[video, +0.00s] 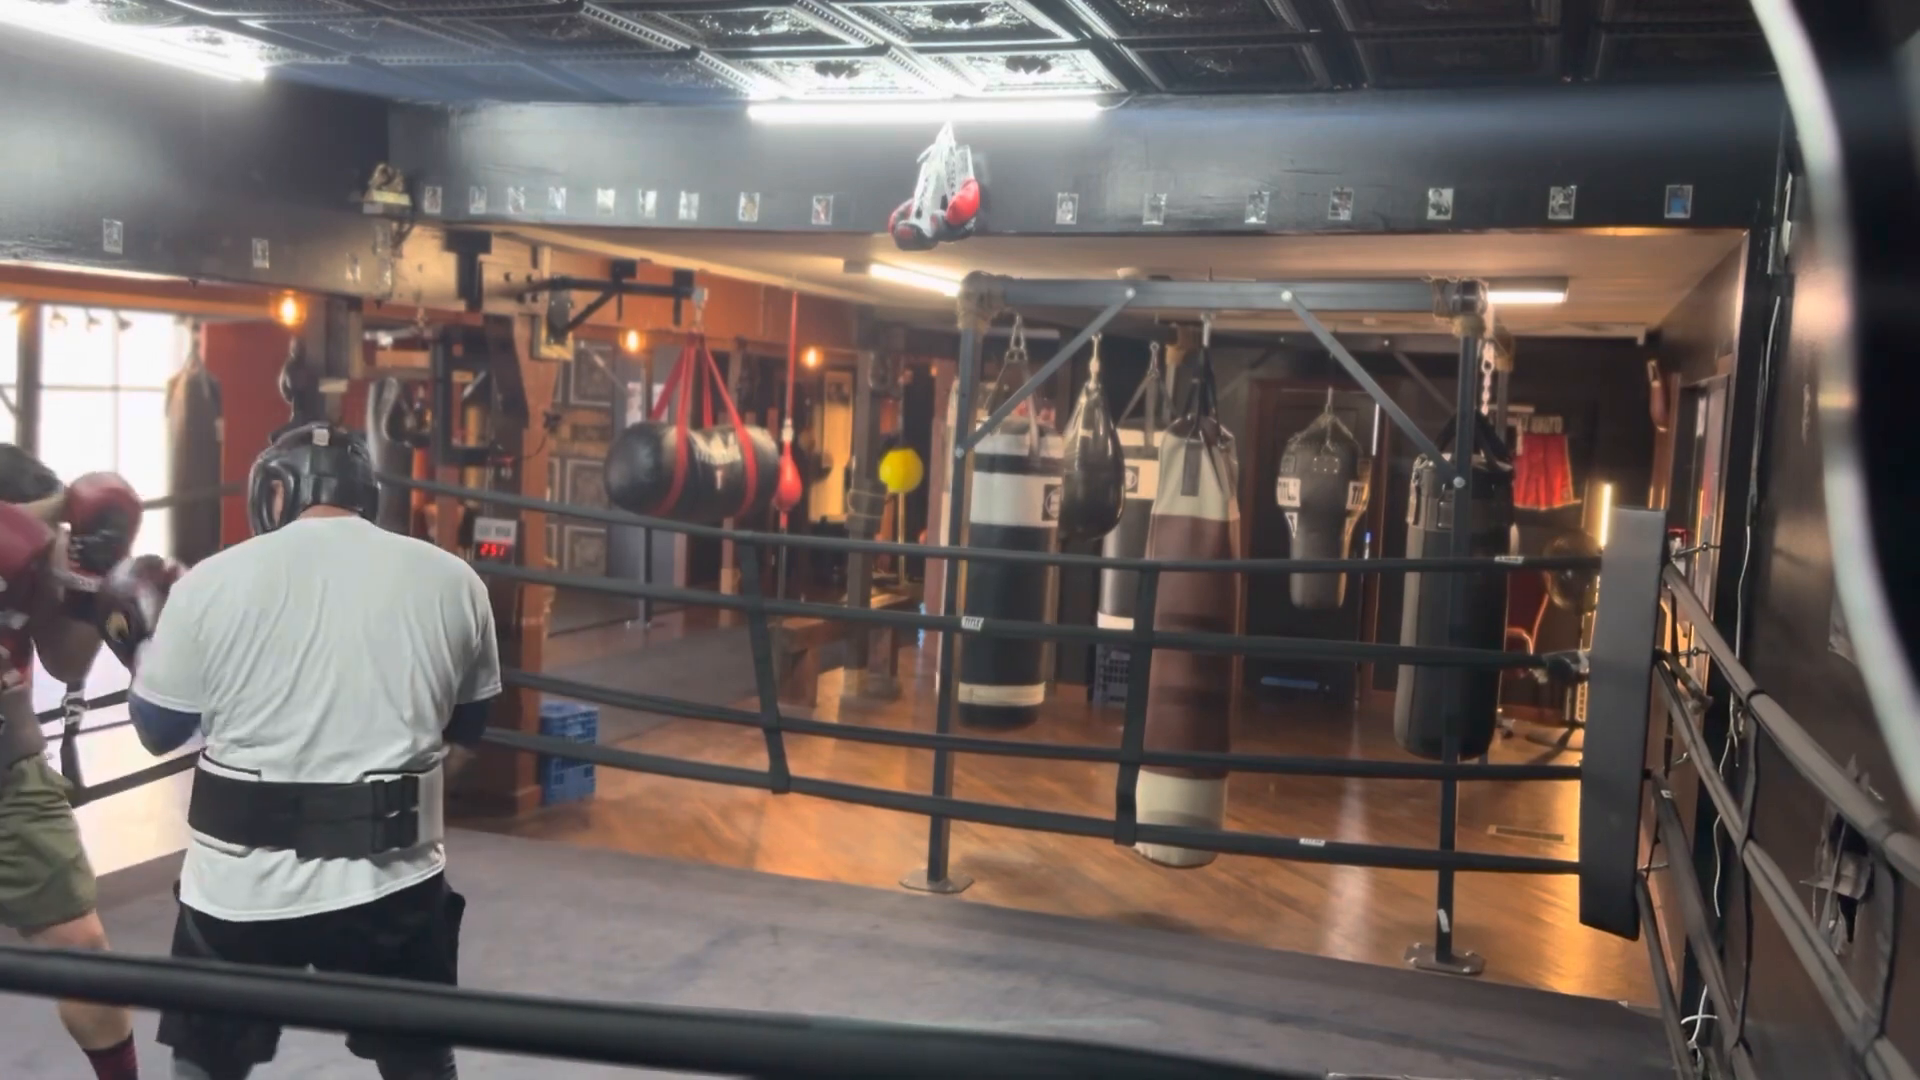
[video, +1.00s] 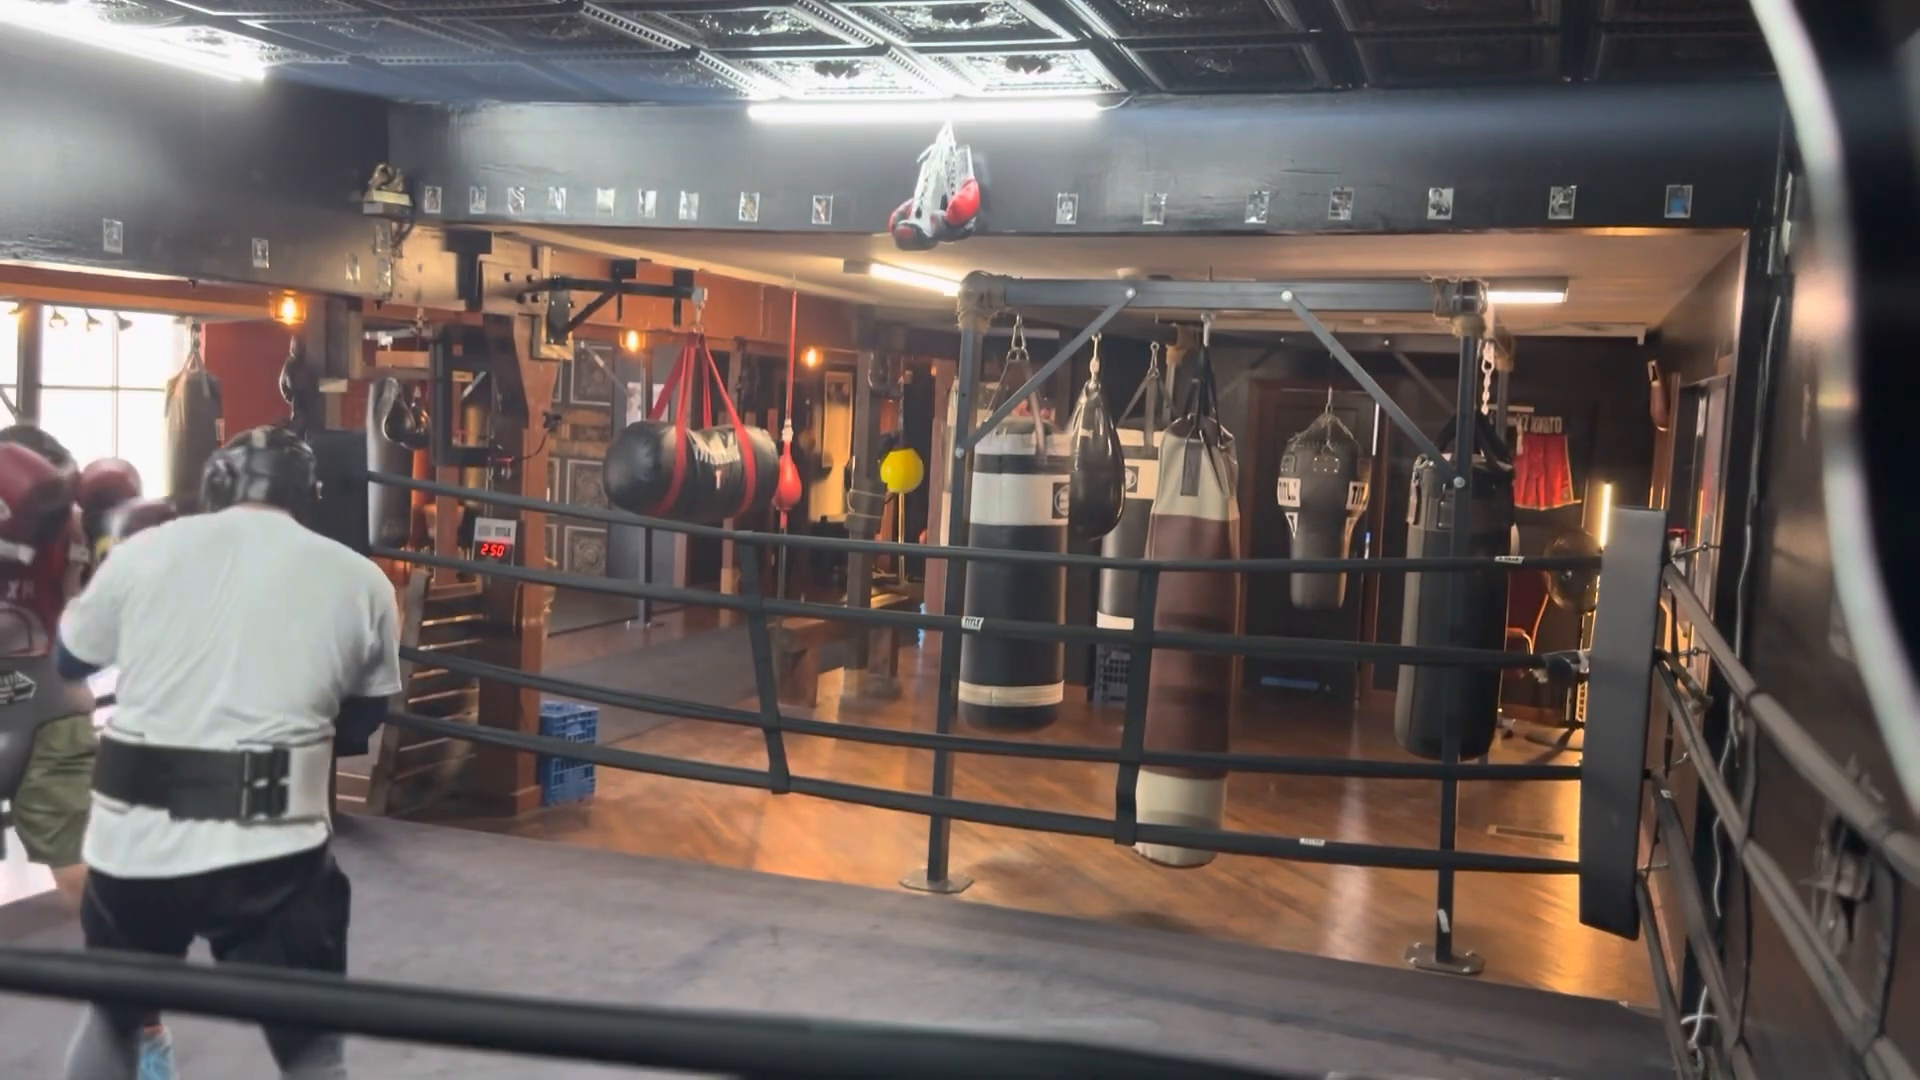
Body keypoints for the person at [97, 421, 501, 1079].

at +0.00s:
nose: (255, 508)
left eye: (260, 494)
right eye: (258, 495)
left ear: (277, 494)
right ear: (369, 497)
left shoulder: (211, 583)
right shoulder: (450, 580)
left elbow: (159, 728)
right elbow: (466, 725)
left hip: (240, 896)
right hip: (393, 895)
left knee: (204, 1062)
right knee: (420, 1063)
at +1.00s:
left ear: (215, 488)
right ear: (306, 496)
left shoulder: (144, 553)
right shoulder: (361, 578)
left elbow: (71, 660)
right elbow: (355, 731)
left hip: (135, 854)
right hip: (272, 863)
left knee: (112, 1017)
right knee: (313, 1049)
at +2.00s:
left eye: (254, 482)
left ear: (260, 486)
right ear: (348, 488)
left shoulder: (206, 542)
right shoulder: (403, 557)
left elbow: (98, 576)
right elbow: (413, 675)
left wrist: (121, 532)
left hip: (211, 824)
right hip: (339, 828)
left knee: (176, 976)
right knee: (375, 1011)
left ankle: (139, 1076)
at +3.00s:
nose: (382, 503)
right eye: (378, 493)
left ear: (291, 484)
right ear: (366, 489)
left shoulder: (222, 539)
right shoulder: (398, 531)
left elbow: (140, 618)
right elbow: (414, 651)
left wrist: (179, 690)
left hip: (236, 816)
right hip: (356, 809)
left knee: (241, 982)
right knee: (426, 972)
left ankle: (213, 1069)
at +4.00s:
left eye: (387, 485)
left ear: (392, 490)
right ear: (477, 491)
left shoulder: (337, 571)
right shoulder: (533, 558)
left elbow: (302, 704)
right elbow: (551, 687)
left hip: (357, 838)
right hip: (477, 836)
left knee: (359, 1003)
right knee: (530, 1006)